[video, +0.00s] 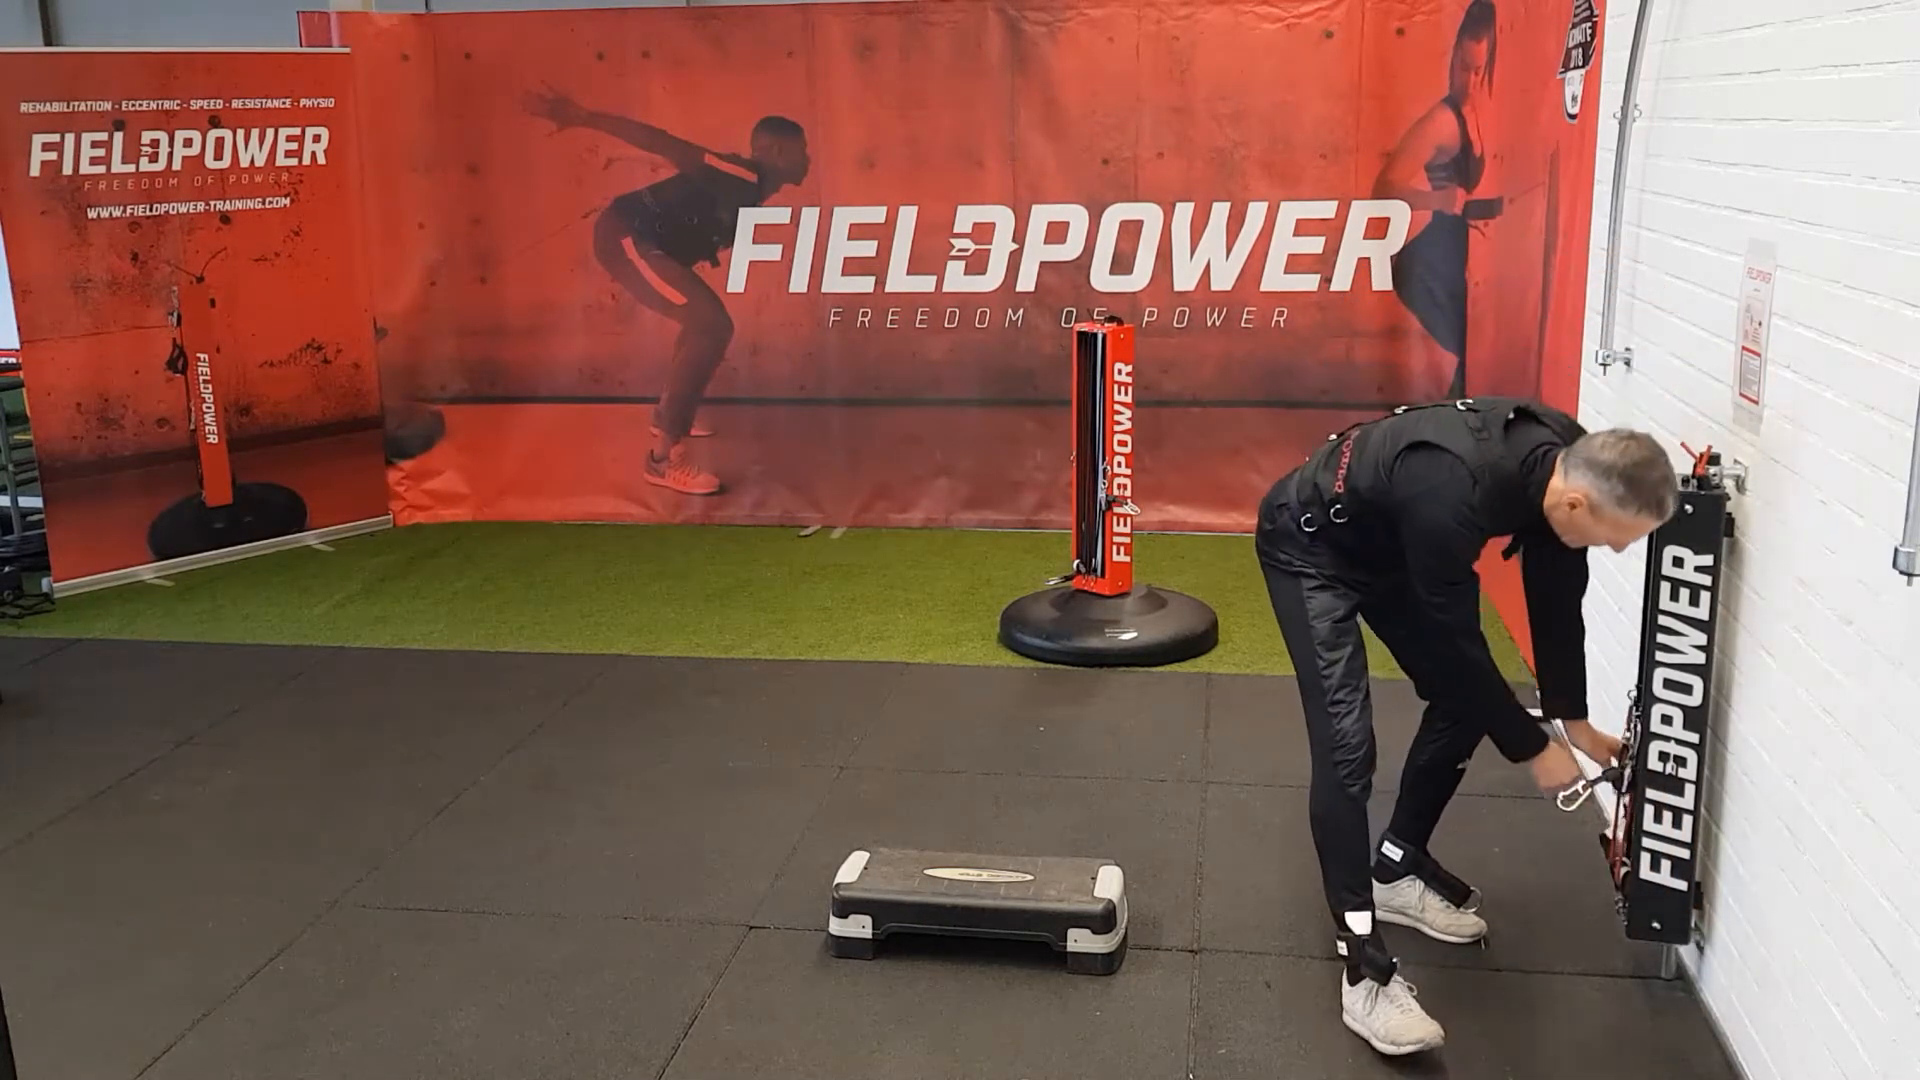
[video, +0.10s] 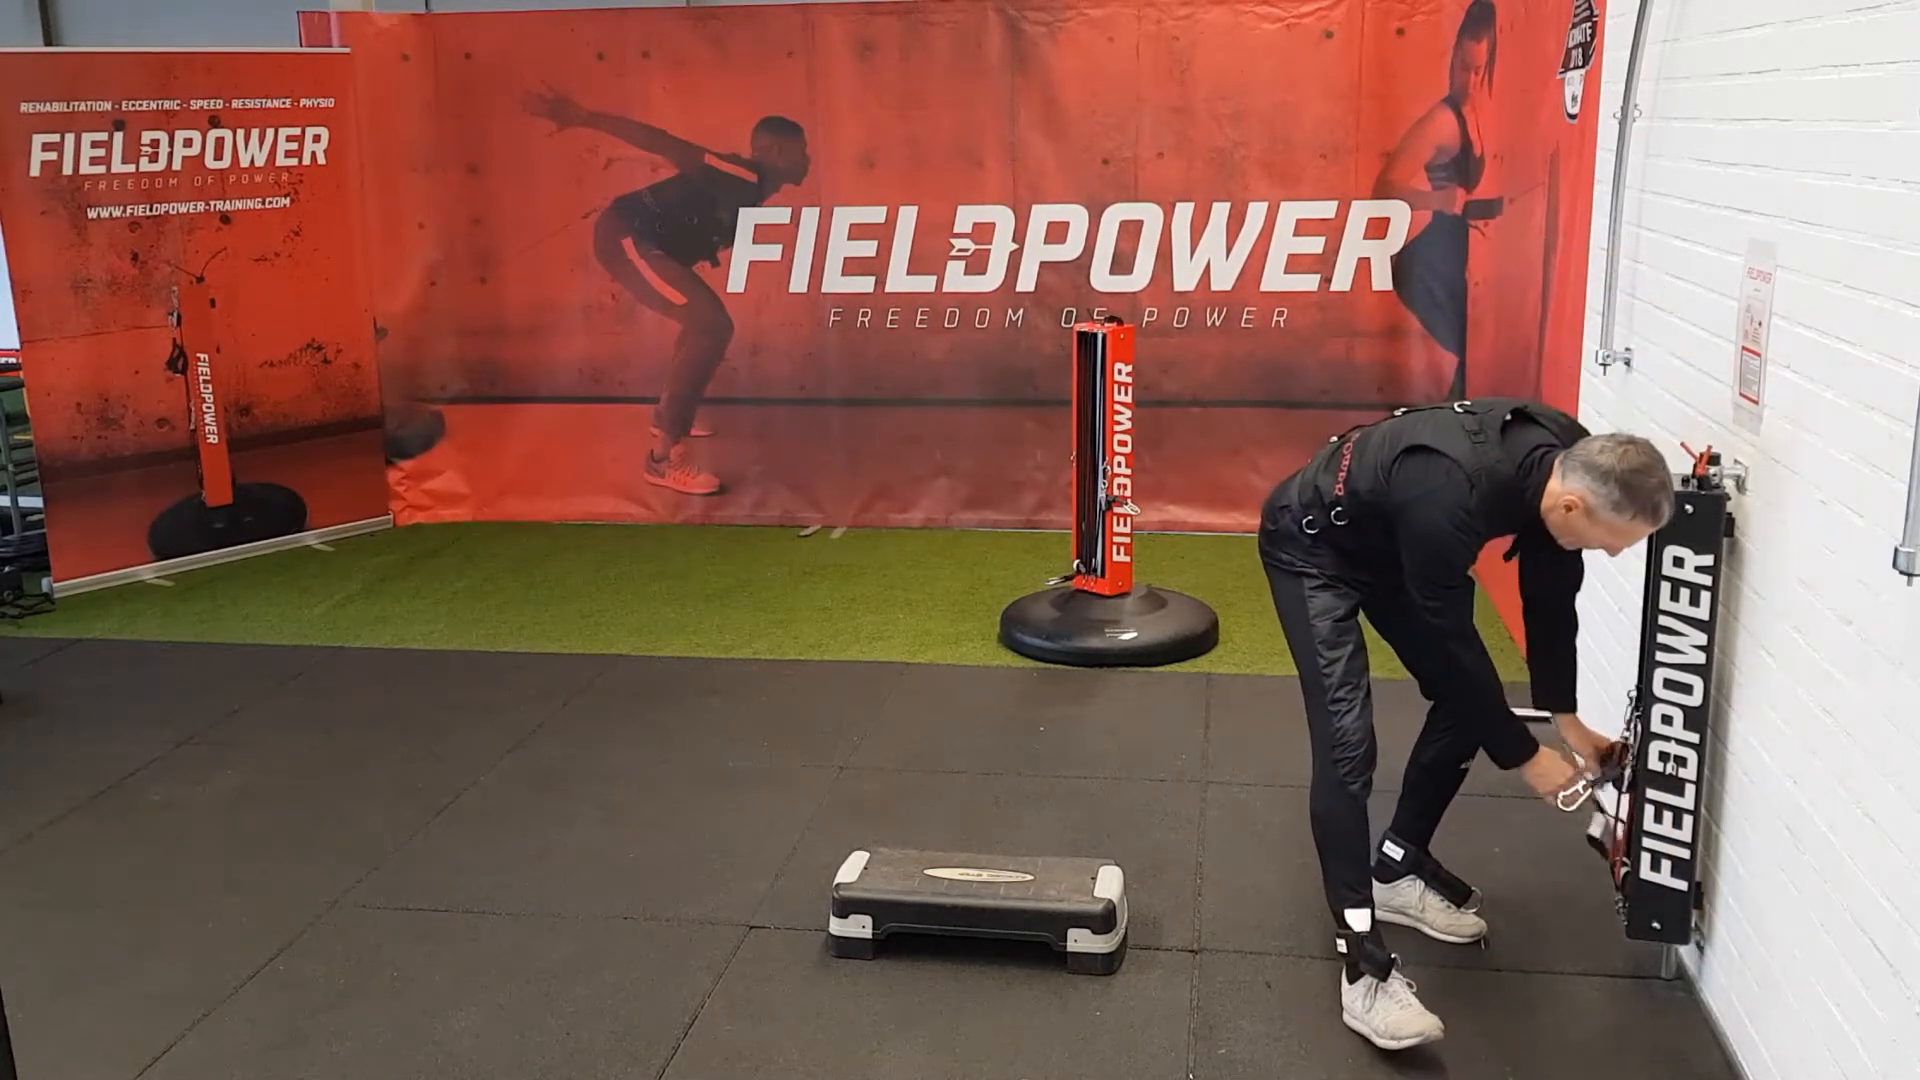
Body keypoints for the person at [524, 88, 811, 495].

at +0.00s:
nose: (807, 159)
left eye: (805, 150)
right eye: (800, 150)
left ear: (774, 151)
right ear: (772, 150)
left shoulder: (749, 188)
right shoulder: (735, 177)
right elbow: (662, 142)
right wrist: (584, 117)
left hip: (644, 236)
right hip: (626, 233)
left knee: (709, 321)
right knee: (713, 326)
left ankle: (670, 411)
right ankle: (665, 457)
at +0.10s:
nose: (807, 158)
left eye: (805, 150)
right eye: (800, 150)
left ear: (774, 151)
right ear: (771, 150)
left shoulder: (750, 189)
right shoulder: (736, 177)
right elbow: (663, 143)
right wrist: (585, 117)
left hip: (645, 236)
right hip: (626, 233)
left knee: (709, 321)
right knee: (713, 326)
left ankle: (671, 411)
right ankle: (665, 457)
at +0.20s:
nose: (807, 159)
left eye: (805, 150)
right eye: (801, 151)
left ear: (773, 151)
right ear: (772, 150)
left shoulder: (749, 187)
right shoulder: (736, 178)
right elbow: (663, 143)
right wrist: (584, 118)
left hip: (644, 236)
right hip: (626, 233)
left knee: (709, 321)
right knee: (713, 326)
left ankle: (671, 411)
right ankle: (665, 457)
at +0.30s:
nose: (807, 159)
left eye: (805, 150)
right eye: (800, 150)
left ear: (774, 151)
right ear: (772, 150)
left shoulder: (749, 188)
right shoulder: (735, 177)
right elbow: (662, 142)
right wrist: (584, 117)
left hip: (645, 236)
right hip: (626, 233)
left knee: (709, 321)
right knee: (713, 326)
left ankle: (671, 411)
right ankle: (665, 457)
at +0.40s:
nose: (807, 158)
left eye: (805, 150)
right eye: (800, 150)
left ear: (774, 151)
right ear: (770, 150)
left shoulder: (750, 190)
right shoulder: (735, 175)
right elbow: (660, 142)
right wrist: (584, 117)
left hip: (646, 238)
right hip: (626, 233)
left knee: (711, 322)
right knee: (712, 325)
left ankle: (671, 412)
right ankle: (665, 456)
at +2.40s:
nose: (807, 158)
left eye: (805, 150)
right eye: (800, 149)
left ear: (773, 151)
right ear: (771, 150)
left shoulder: (750, 188)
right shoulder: (735, 176)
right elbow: (658, 141)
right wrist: (582, 117)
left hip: (645, 237)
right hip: (627, 233)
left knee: (710, 322)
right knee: (712, 325)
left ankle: (670, 413)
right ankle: (665, 457)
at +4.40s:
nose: (807, 158)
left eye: (805, 149)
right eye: (800, 150)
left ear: (774, 152)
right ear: (770, 150)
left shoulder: (752, 188)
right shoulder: (734, 176)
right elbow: (658, 141)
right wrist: (584, 117)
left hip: (646, 237)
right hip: (626, 233)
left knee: (709, 322)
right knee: (713, 325)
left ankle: (670, 413)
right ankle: (665, 457)